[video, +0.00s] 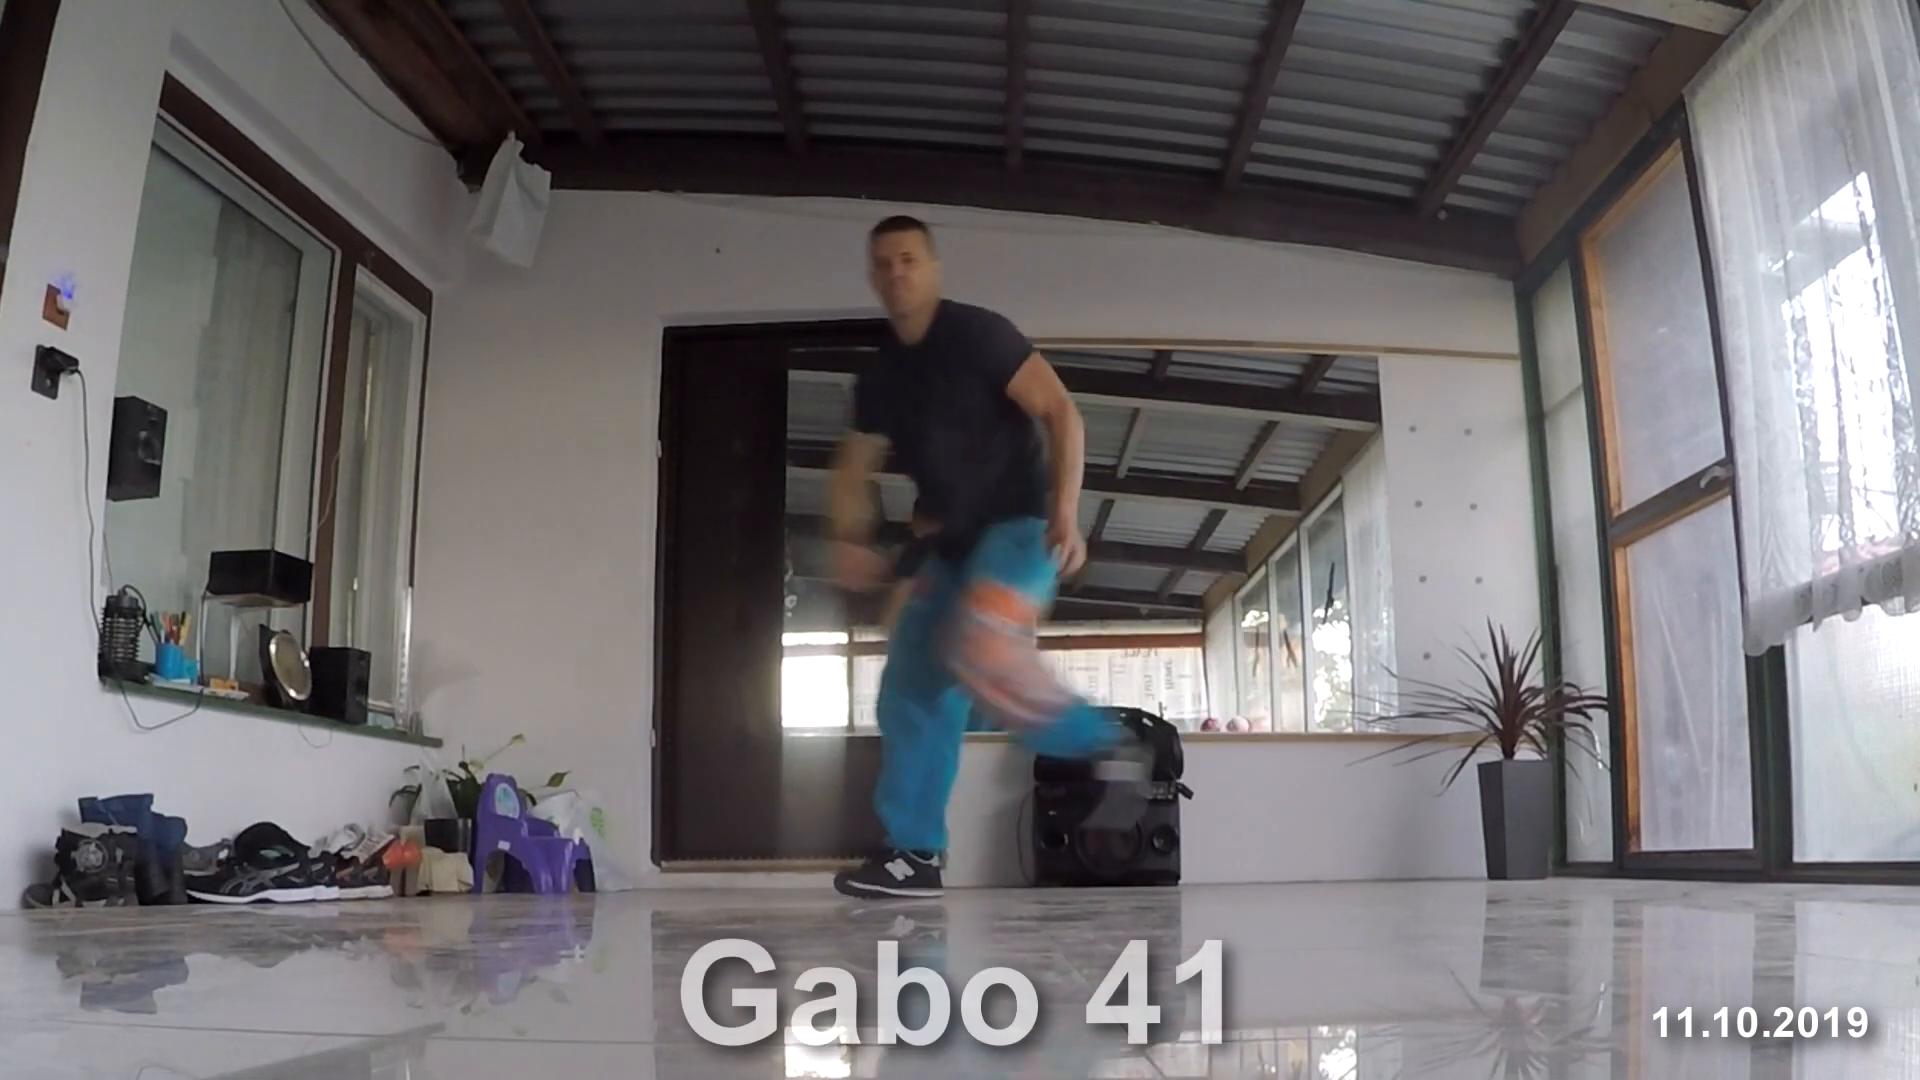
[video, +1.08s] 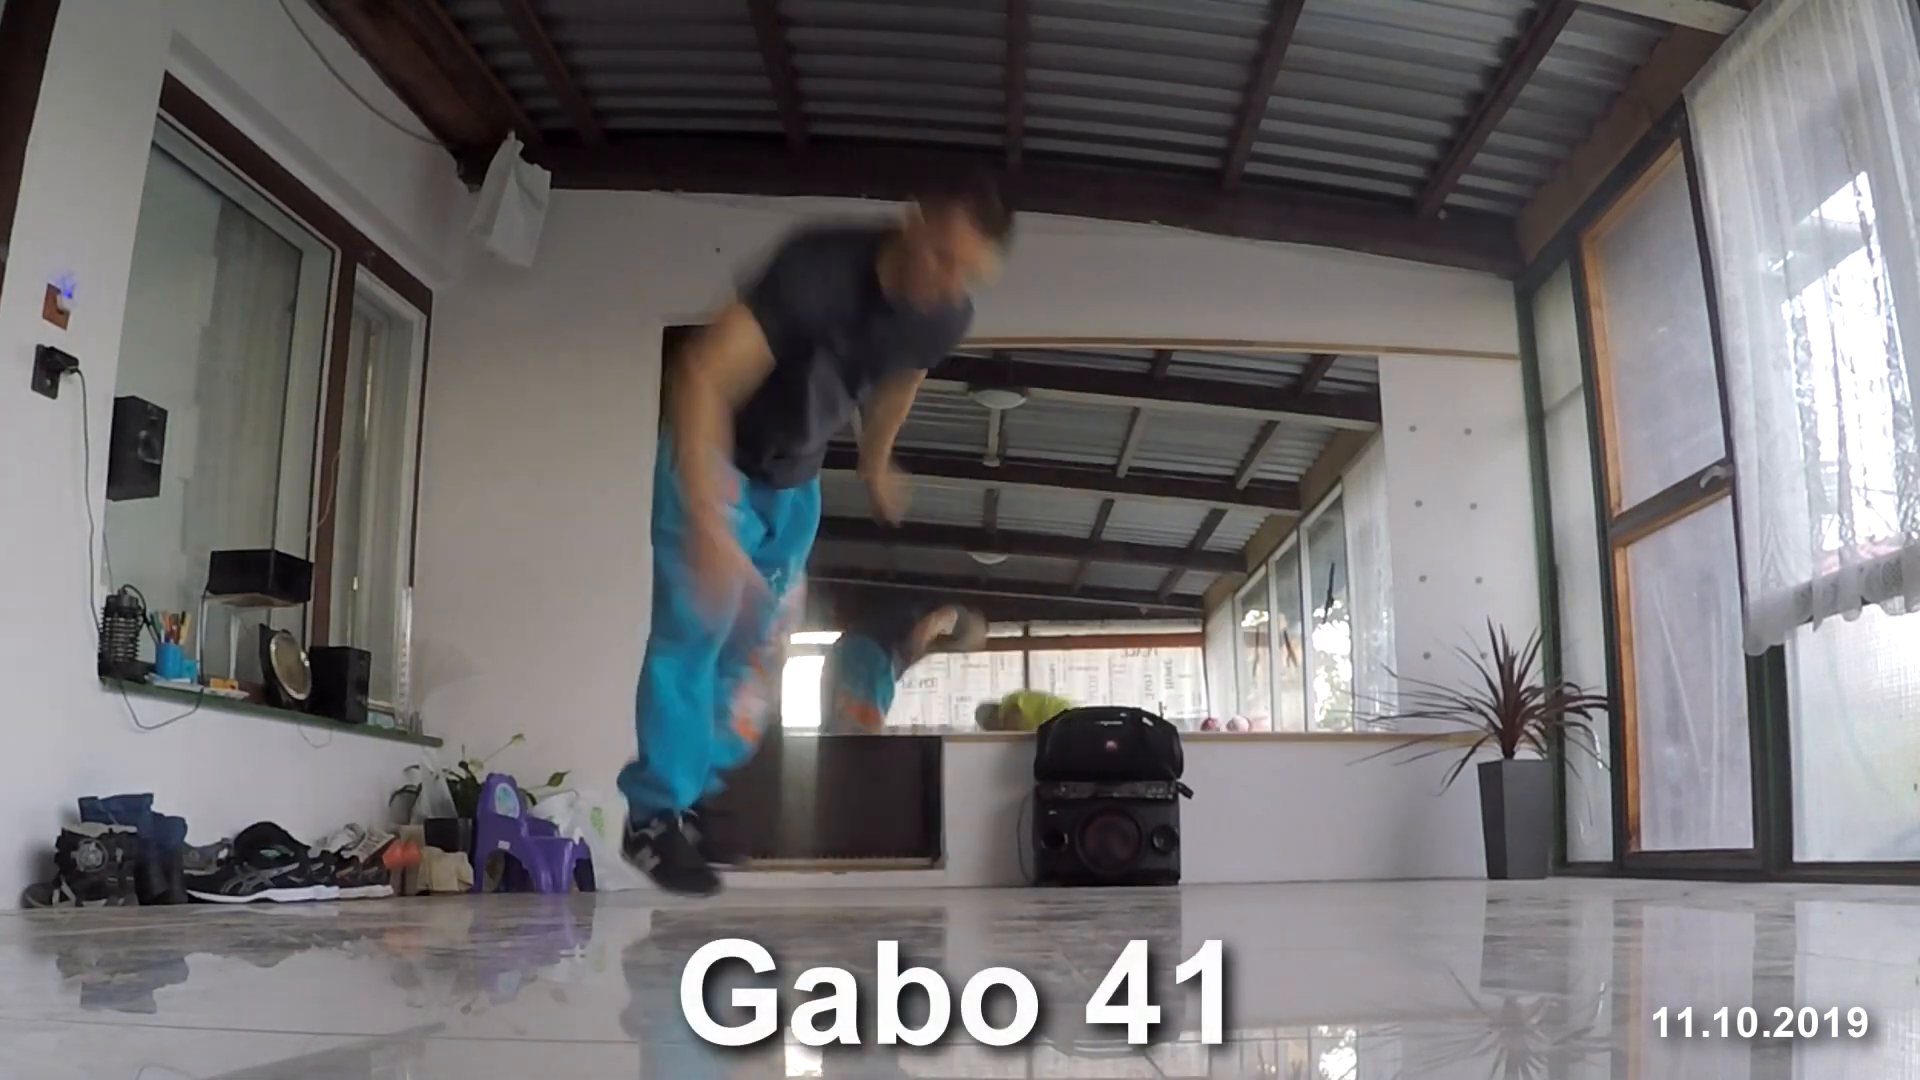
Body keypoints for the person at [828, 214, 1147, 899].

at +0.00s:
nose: (896, 274)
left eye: (908, 261)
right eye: (884, 264)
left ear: (934, 269)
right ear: (872, 279)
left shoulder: (979, 333)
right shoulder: (883, 374)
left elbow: (1063, 413)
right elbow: (852, 470)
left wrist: (1066, 512)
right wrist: (851, 543)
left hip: (1017, 530)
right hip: (949, 543)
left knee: (979, 652)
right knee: (913, 688)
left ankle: (1111, 743)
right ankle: (917, 854)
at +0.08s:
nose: (885, 263)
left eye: (898, 250)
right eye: (872, 253)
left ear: (922, 258)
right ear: (857, 266)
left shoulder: (966, 325)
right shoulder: (852, 355)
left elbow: (1063, 391)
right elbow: (803, 434)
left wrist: (1064, 489)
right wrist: (775, 497)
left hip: (996, 513)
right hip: (931, 529)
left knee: (913, 617)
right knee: (895, 680)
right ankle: (913, 853)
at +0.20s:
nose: (890, 224)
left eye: (904, 212)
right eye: (879, 211)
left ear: (926, 222)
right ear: (859, 217)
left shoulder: (955, 301)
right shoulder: (832, 299)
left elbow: (1030, 393)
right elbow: (772, 375)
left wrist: (1023, 501)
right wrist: (723, 450)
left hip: (943, 496)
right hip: (883, 504)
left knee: (858, 612)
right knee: (901, 666)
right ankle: (923, 848)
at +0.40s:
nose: (903, 221)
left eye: (921, 214)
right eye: (895, 204)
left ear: (935, 232)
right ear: (871, 206)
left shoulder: (919, 324)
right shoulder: (812, 278)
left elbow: (927, 457)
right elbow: (743, 348)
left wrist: (921, 569)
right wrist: (669, 418)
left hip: (855, 517)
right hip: (789, 510)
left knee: (807, 670)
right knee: (794, 673)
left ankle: (746, 851)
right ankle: (903, 827)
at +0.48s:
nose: (892, 221)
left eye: (910, 215)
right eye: (885, 202)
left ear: (924, 232)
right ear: (860, 199)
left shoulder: (906, 319)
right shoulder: (797, 266)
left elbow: (894, 452)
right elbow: (727, 339)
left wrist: (866, 564)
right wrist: (663, 414)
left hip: (838, 517)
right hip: (764, 508)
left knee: (787, 677)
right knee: (705, 662)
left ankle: (738, 852)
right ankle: (845, 791)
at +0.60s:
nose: (869, 215)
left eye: (886, 205)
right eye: (859, 195)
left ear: (899, 217)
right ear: (829, 191)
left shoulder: (895, 305)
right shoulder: (764, 263)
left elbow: (905, 434)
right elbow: (701, 319)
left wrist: (815, 478)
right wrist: (646, 385)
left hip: (827, 519)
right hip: (736, 507)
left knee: (780, 672)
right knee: (644, 607)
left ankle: (738, 852)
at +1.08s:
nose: (950, 285)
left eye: (968, 275)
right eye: (946, 260)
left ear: (984, 269)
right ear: (914, 222)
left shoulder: (945, 315)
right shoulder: (820, 266)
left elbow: (898, 387)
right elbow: (703, 376)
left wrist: (876, 465)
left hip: (794, 479)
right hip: (715, 458)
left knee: (754, 640)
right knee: (694, 624)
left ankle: (700, 797)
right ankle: (654, 814)